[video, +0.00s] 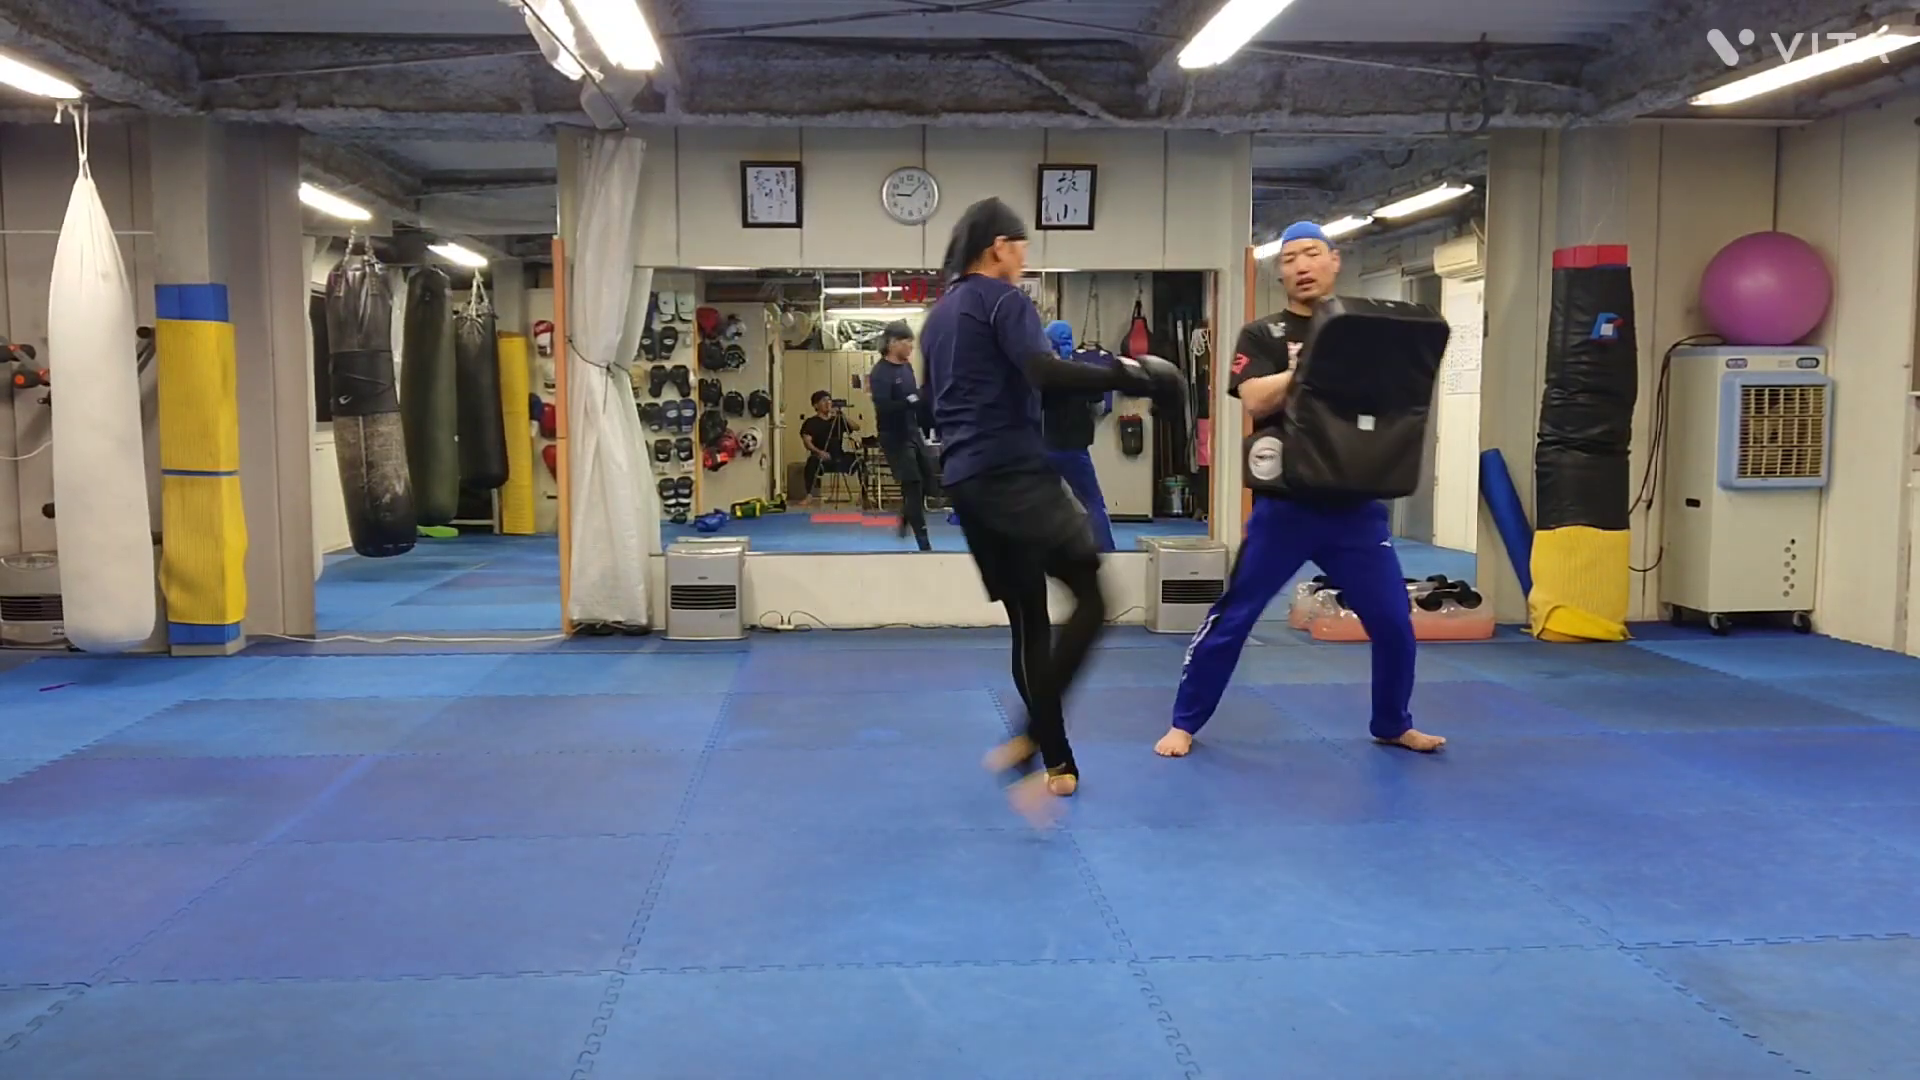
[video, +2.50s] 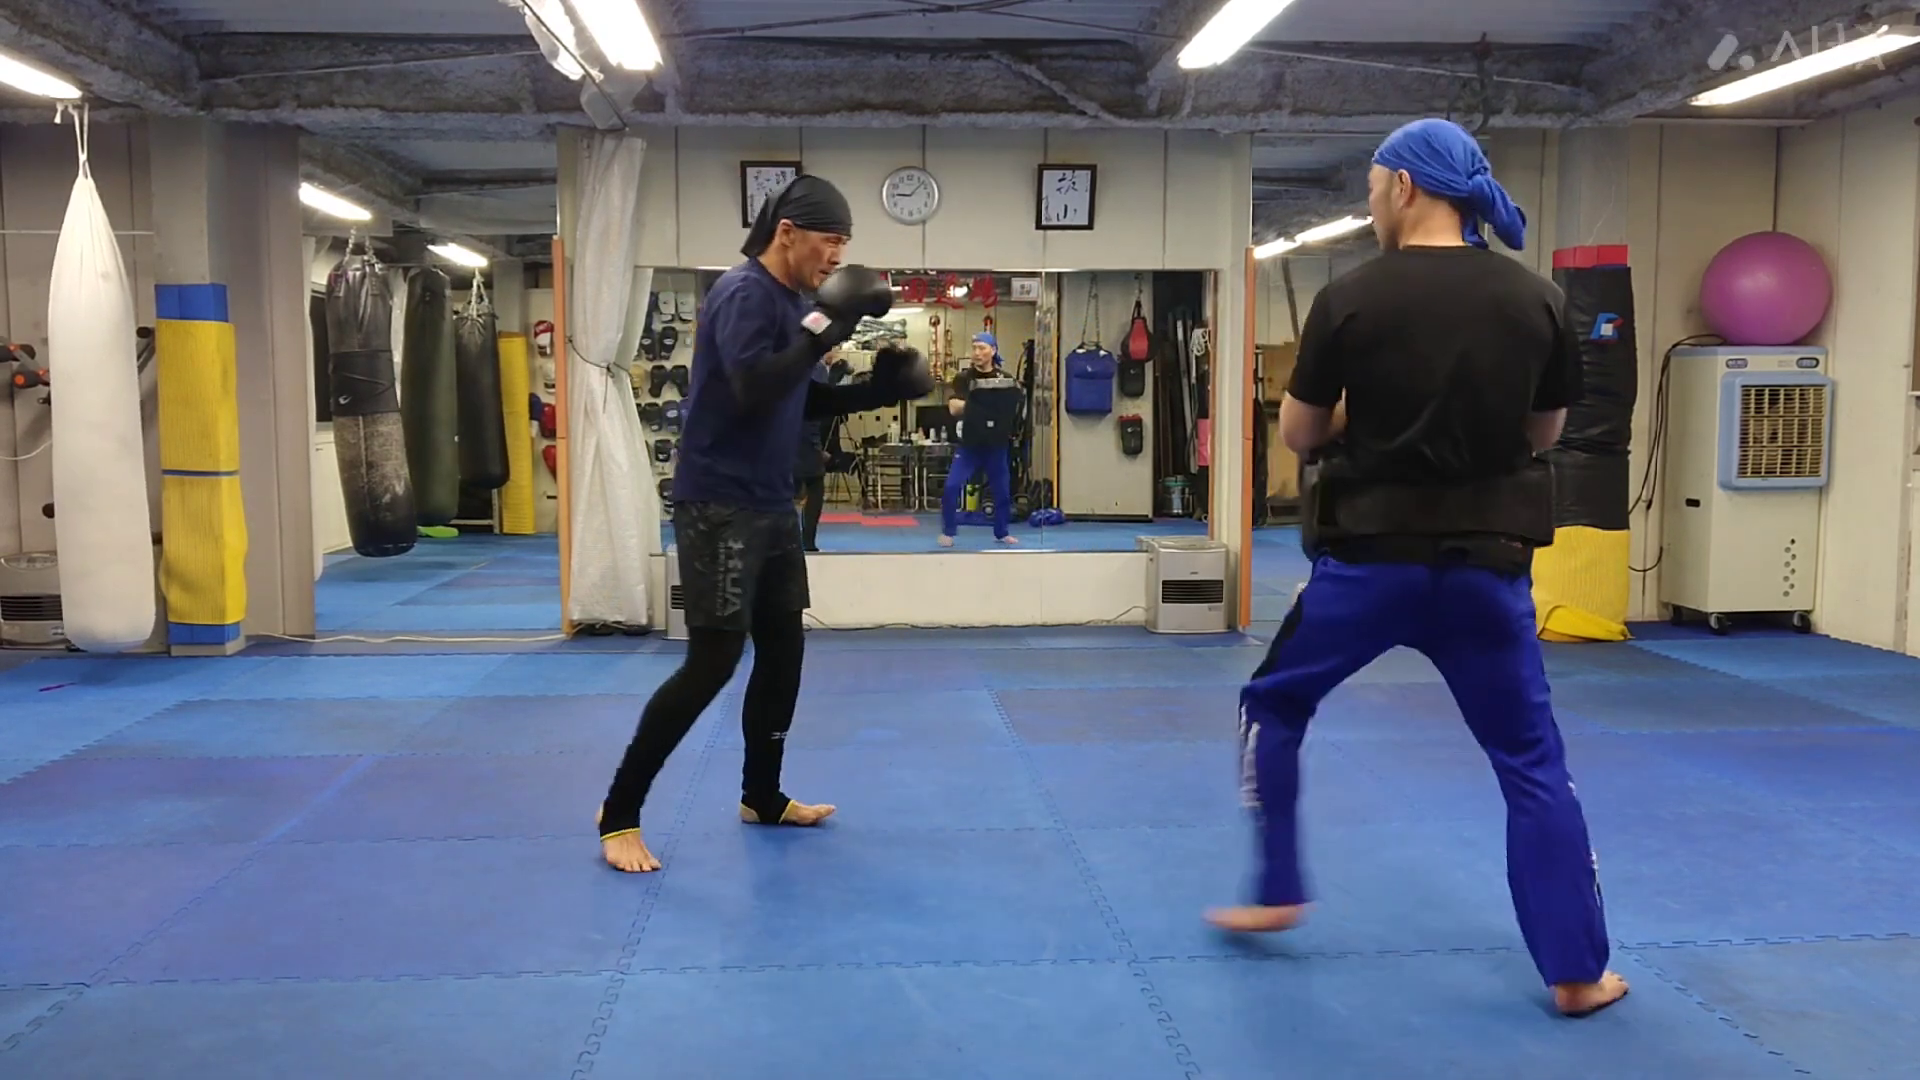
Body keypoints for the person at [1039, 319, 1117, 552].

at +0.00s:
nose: (1068, 345)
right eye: (1068, 341)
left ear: (1048, 342)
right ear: (1070, 341)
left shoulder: (1042, 367)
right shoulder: (1077, 367)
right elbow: (1096, 397)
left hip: (1045, 446)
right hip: (1074, 447)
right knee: (1092, 500)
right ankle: (1105, 547)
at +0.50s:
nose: (1070, 339)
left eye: (1072, 336)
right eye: (1071, 335)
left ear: (1076, 338)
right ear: (1095, 336)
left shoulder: (1065, 367)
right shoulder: (1111, 365)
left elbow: (1055, 401)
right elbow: (1123, 404)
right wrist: (1106, 396)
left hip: (1070, 442)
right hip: (1100, 441)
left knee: (1064, 495)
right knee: (1107, 496)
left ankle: (1067, 546)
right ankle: (1110, 548)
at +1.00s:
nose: (1043, 345)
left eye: (1043, 339)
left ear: (1044, 342)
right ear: (1067, 337)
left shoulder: (1039, 367)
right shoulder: (1084, 364)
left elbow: (1031, 402)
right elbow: (1098, 396)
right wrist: (1078, 400)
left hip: (1049, 438)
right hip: (1078, 436)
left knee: (1059, 492)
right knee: (1081, 489)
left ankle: (1069, 543)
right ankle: (1088, 539)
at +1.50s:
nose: (1011, 340)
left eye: (1014, 336)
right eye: (1011, 336)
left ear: (1026, 339)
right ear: (1028, 339)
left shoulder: (1026, 365)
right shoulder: (1043, 363)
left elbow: (1011, 401)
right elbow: (1046, 402)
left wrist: (998, 390)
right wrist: (1013, 395)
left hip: (1024, 438)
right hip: (1043, 436)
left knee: (1014, 488)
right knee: (1045, 486)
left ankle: (1013, 539)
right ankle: (1066, 536)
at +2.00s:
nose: (975, 345)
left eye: (980, 341)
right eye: (975, 341)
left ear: (994, 344)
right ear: (978, 344)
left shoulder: (1008, 372)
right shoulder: (972, 371)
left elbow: (1009, 402)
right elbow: (963, 398)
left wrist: (982, 395)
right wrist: (944, 386)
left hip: (1000, 436)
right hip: (975, 435)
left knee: (1002, 487)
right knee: (971, 484)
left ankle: (1009, 539)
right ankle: (967, 534)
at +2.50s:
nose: (976, 353)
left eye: (982, 348)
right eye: (974, 348)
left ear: (993, 351)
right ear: (971, 351)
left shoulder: (1005, 379)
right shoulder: (964, 377)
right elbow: (954, 407)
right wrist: (985, 406)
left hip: (997, 445)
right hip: (969, 444)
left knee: (1002, 492)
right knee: (951, 486)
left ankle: (1002, 533)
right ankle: (948, 532)